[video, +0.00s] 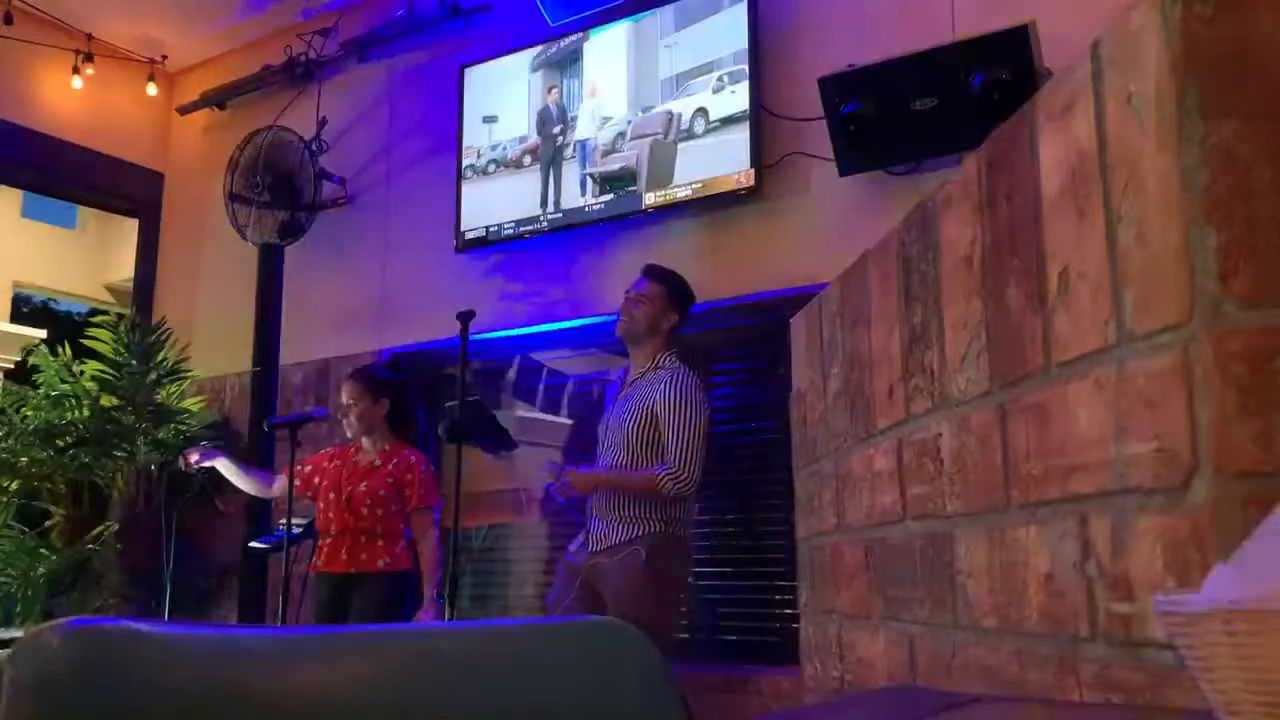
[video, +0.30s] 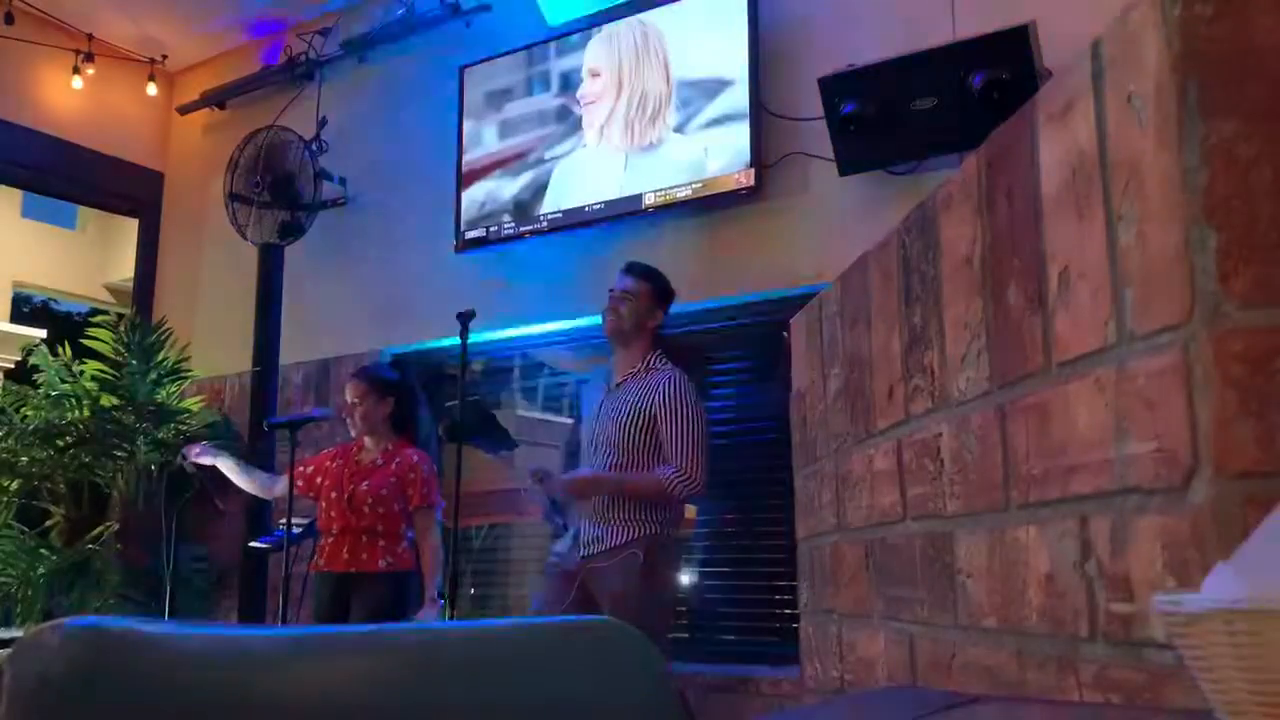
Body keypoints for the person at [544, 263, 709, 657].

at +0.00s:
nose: (626, 305)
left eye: (640, 300)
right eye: (627, 298)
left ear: (669, 319)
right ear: (623, 304)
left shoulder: (678, 382)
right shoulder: (627, 385)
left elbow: (680, 478)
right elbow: (622, 468)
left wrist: (595, 479)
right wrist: (577, 480)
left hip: (644, 549)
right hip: (593, 546)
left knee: (639, 673)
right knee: (565, 659)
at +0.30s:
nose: (612, 302)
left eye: (626, 297)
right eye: (611, 295)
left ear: (655, 315)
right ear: (605, 308)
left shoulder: (669, 383)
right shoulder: (612, 392)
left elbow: (687, 479)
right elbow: (610, 477)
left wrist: (599, 482)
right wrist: (560, 486)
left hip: (635, 553)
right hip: (581, 551)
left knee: (639, 678)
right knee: (549, 663)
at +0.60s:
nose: (590, 301)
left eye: (605, 295)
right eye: (585, 293)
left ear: (627, 314)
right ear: (576, 305)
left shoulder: (648, 389)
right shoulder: (547, 386)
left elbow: (669, 484)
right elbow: (536, 466)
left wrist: (590, 506)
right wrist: (517, 484)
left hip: (609, 559)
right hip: (539, 557)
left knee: (608, 680)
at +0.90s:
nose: (558, 284)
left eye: (572, 279)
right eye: (550, 278)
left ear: (591, 299)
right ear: (538, 296)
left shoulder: (617, 379)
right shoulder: (502, 379)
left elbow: (644, 470)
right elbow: (491, 461)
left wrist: (589, 498)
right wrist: (475, 459)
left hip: (578, 556)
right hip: (500, 556)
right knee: (480, 668)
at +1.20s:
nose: (484, 303)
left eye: (493, 289)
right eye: (486, 291)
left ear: (530, 293)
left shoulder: (585, 367)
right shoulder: (487, 383)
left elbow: (624, 455)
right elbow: (481, 466)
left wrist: (565, 504)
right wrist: (462, 460)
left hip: (565, 556)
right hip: (489, 561)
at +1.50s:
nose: (468, 331)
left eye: (471, 316)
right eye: (467, 320)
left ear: (496, 309)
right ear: (499, 312)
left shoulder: (567, 362)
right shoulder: (507, 389)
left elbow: (614, 449)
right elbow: (523, 479)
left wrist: (564, 516)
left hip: (563, 558)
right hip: (505, 556)